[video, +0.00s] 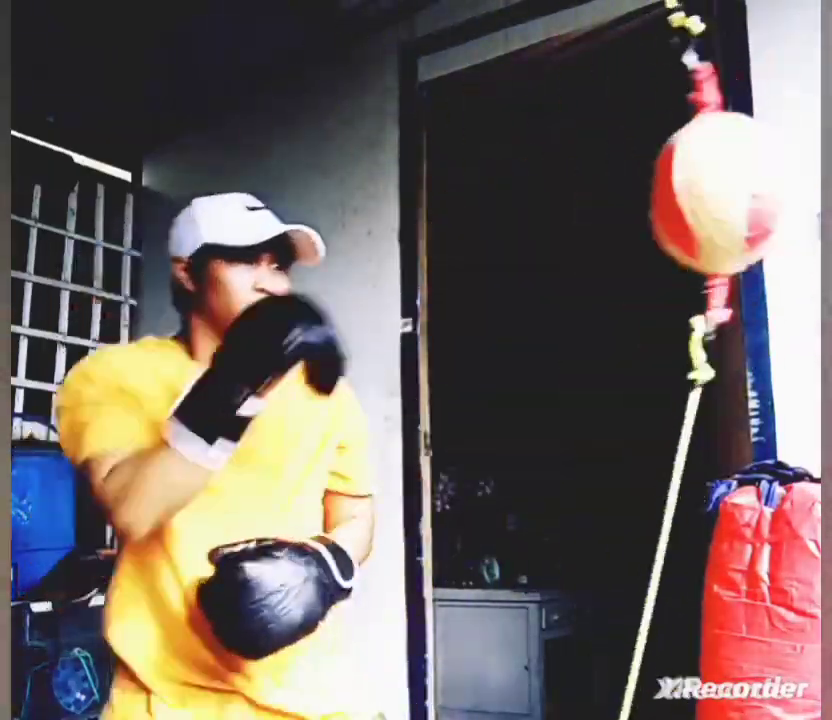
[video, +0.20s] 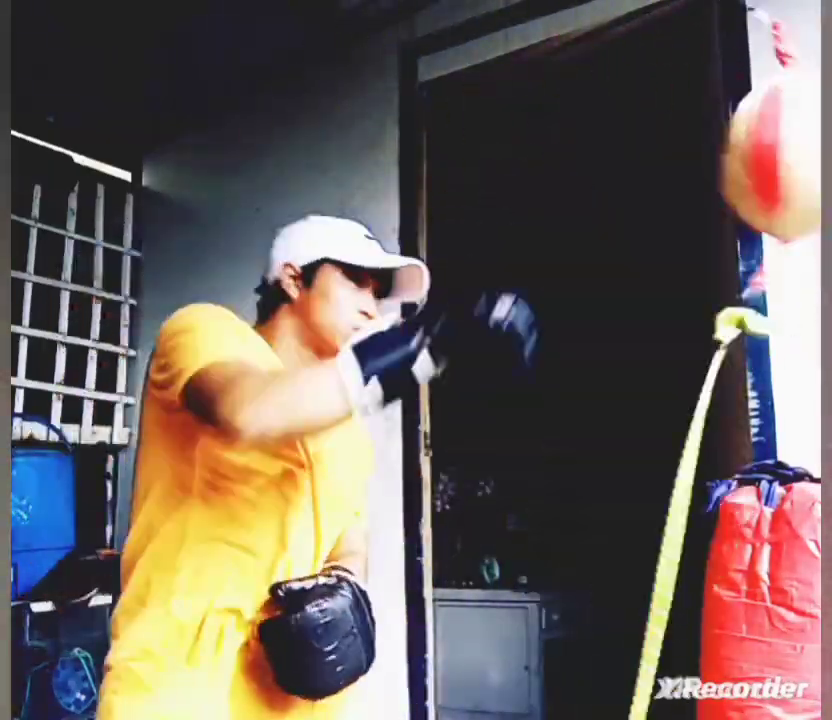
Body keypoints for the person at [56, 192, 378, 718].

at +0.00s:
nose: (271, 280)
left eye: (278, 264)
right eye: (247, 260)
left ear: (290, 273)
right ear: (187, 275)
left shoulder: (324, 390)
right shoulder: (111, 376)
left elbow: (355, 517)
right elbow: (131, 511)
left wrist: (321, 568)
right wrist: (231, 391)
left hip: (306, 696)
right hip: (164, 692)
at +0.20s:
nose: (374, 307)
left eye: (378, 292)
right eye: (357, 281)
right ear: (294, 279)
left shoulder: (351, 435)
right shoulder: (201, 330)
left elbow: (347, 552)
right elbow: (245, 412)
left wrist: (340, 609)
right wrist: (415, 347)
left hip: (302, 690)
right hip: (176, 685)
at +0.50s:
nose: (426, 370)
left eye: (430, 355)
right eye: (414, 341)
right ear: (357, 330)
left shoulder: (364, 458)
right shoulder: (201, 381)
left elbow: (339, 589)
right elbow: (106, 525)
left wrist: (319, 651)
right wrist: (275, 511)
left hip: (259, 704)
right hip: (135, 698)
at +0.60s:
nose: (388, 341)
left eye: (400, 323)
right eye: (375, 314)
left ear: (408, 334)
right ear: (315, 303)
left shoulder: (362, 457)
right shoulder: (173, 373)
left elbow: (338, 575)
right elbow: (110, 529)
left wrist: (323, 633)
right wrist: (270, 461)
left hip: (270, 702)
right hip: (139, 699)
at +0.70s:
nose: (337, 305)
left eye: (350, 295)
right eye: (320, 276)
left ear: (356, 315)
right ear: (263, 274)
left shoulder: (354, 406)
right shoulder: (138, 380)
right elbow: (105, 547)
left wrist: (387, 531)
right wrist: (222, 452)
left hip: (306, 702)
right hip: (162, 698)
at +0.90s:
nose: (345, 267)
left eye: (356, 253)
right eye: (323, 244)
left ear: (365, 270)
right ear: (268, 251)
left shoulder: (390, 359)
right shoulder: (183, 366)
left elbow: (507, 417)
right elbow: (177, 523)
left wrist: (565, 346)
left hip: (382, 692)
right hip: (232, 696)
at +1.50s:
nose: (207, 304)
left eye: (224, 286)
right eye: (184, 284)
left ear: (244, 301)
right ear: (146, 303)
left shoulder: (319, 384)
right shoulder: (112, 425)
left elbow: (371, 495)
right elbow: (137, 568)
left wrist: (334, 556)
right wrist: (180, 458)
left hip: (326, 683)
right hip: (193, 689)